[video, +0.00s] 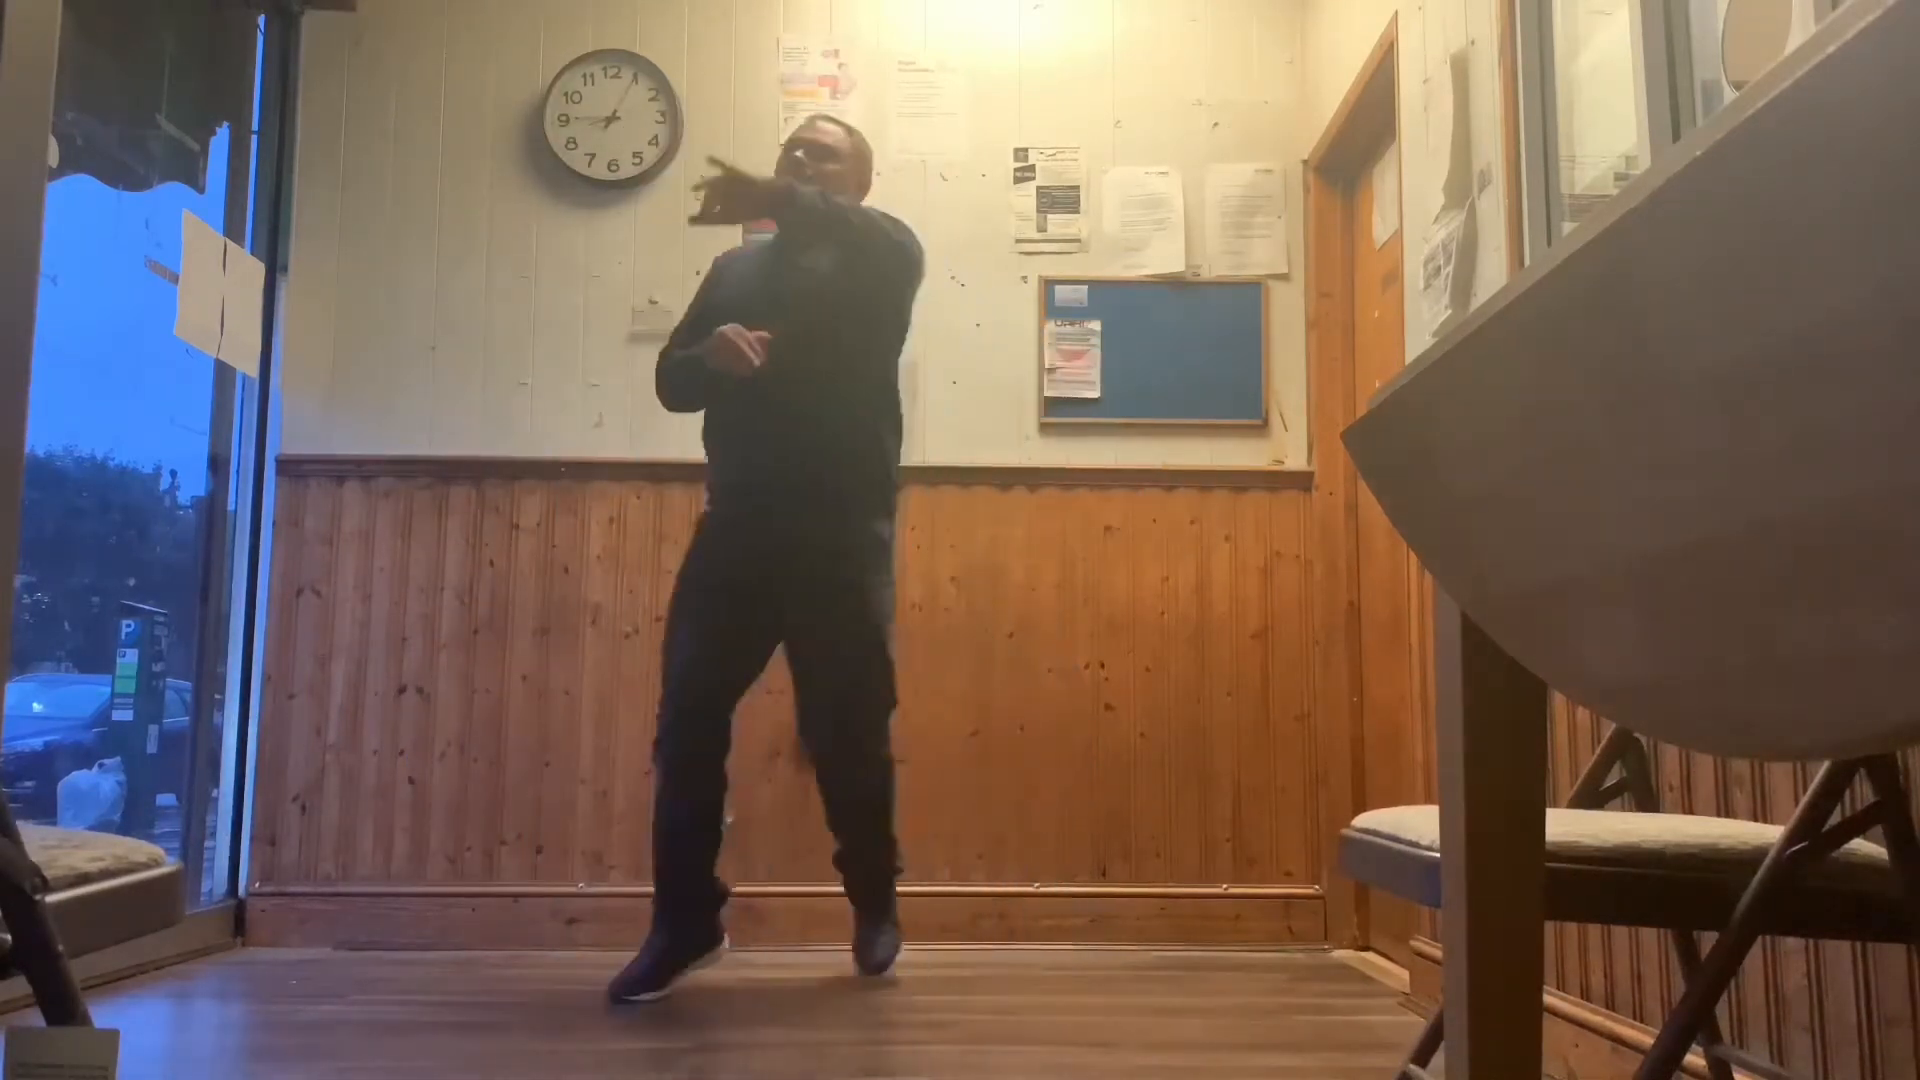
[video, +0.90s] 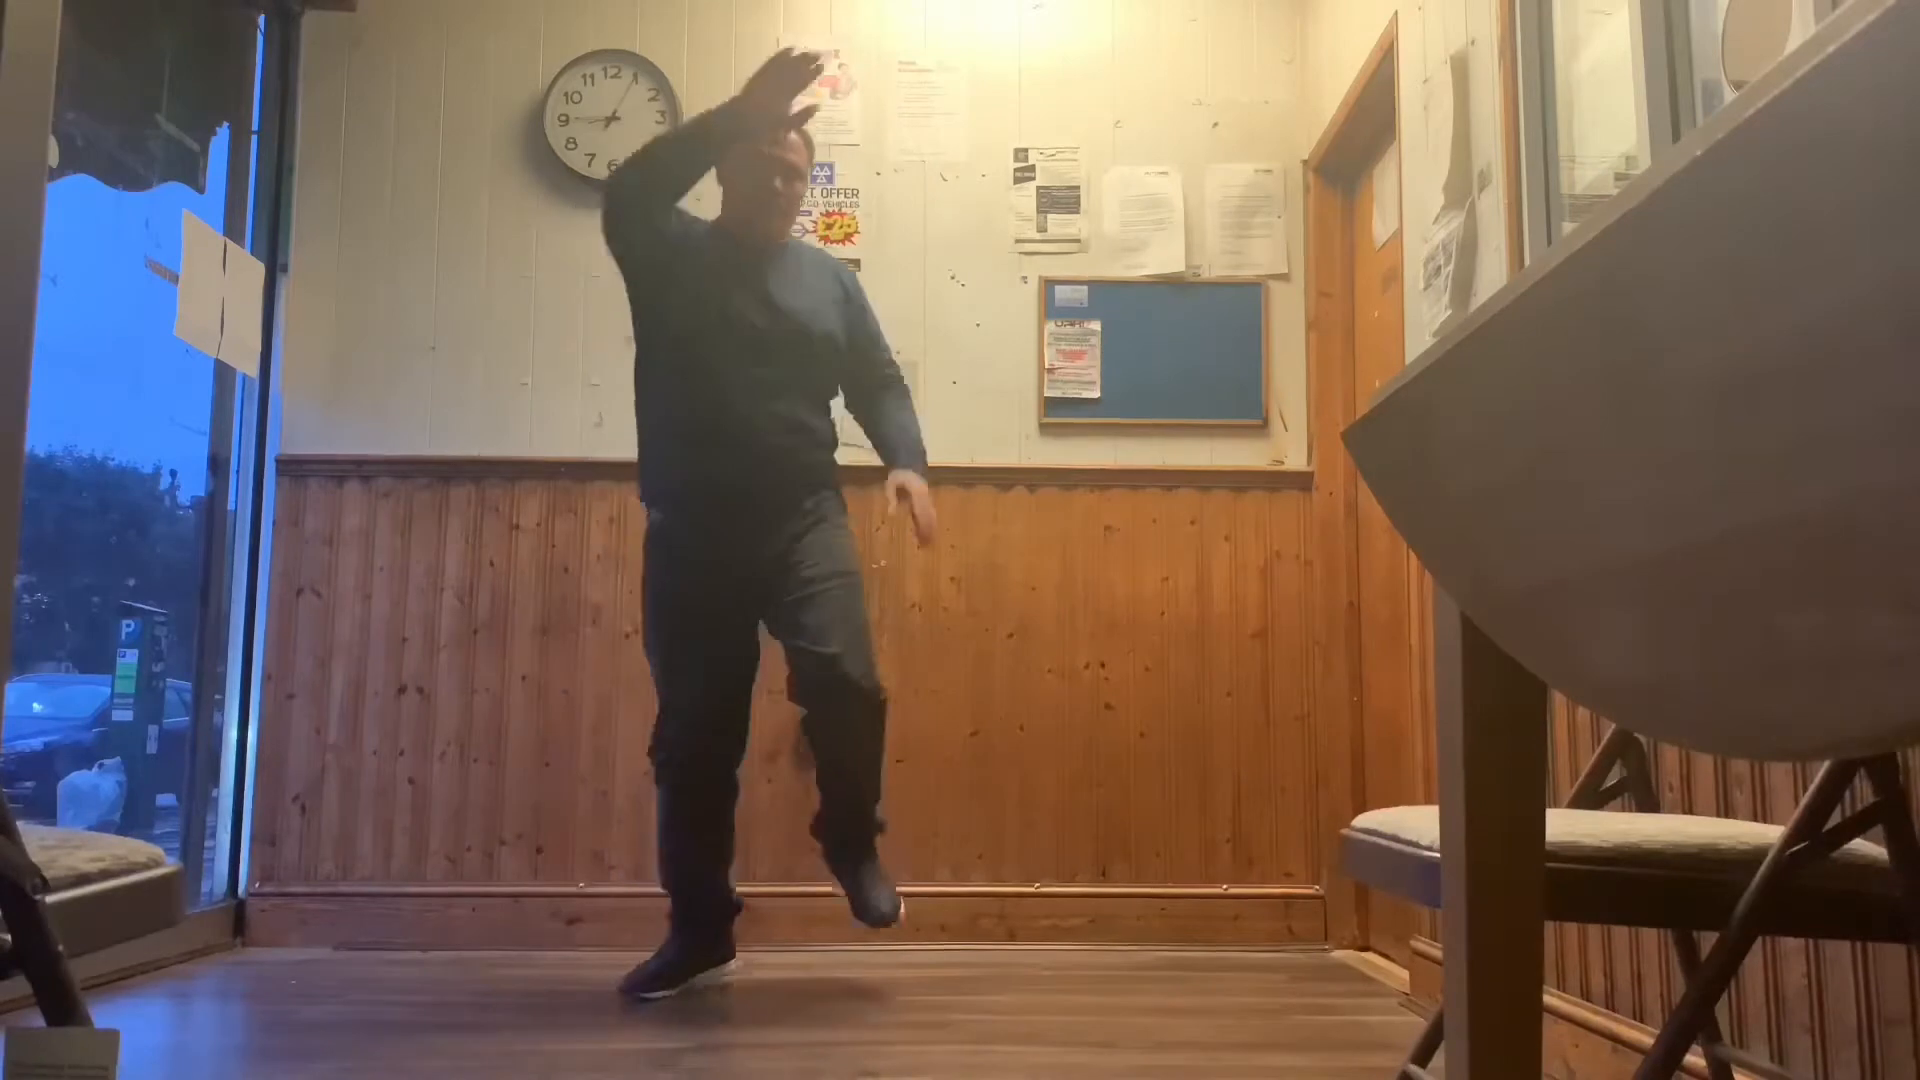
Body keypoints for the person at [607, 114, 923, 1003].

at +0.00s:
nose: (805, 162)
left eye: (828, 153)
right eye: (794, 152)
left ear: (864, 186)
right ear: (774, 175)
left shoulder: (887, 255)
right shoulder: (736, 268)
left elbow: (881, 244)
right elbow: (671, 380)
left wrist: (771, 195)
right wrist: (711, 358)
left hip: (843, 529)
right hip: (739, 526)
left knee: (849, 730)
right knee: (688, 724)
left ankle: (873, 909)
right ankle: (686, 919)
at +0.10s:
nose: (761, 208)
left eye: (785, 200)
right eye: (751, 200)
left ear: (834, 231)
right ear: (741, 225)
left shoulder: (836, 291)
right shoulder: (714, 329)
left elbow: (824, 260)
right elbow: (647, 428)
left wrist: (720, 263)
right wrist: (667, 367)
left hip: (786, 570)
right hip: (692, 567)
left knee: (765, 765)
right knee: (663, 769)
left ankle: (854, 912)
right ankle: (690, 940)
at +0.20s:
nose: (737, 242)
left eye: (758, 229)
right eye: (730, 224)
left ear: (798, 245)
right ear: (717, 233)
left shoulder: (813, 313)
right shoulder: (696, 339)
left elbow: (794, 376)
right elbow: (607, 409)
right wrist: (619, 344)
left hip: (750, 585)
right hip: (659, 578)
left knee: (694, 777)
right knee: (620, 778)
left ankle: (836, 876)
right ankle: (687, 942)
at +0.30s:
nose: (726, 234)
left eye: (743, 219)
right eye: (715, 217)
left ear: (782, 229)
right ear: (697, 223)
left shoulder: (805, 324)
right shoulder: (664, 305)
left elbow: (821, 454)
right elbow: (568, 298)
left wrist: (783, 564)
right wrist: (597, 234)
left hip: (724, 568)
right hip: (634, 560)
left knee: (629, 723)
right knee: (622, 756)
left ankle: (687, 931)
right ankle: (697, 937)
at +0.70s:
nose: (737, 209)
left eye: (753, 198)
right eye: (723, 196)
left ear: (783, 216)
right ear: (697, 209)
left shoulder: (807, 322)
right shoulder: (643, 294)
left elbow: (865, 455)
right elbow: (518, 321)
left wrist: (853, 432)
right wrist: (606, 281)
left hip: (744, 546)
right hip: (640, 544)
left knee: (708, 696)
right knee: (627, 749)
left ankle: (721, 910)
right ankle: (666, 937)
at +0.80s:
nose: (756, 203)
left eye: (773, 196)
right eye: (741, 189)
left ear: (793, 223)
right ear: (705, 208)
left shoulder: (812, 311)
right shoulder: (648, 287)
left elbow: (898, 412)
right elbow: (551, 267)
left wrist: (887, 400)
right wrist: (655, 201)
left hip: (768, 545)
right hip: (658, 549)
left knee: (790, 685)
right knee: (646, 765)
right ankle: (678, 942)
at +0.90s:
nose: (784, 173)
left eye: (797, 161)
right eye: (765, 157)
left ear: (811, 180)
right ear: (726, 166)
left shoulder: (831, 284)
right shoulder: (668, 255)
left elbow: (878, 384)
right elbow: (628, 192)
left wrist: (906, 461)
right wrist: (734, 117)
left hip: (806, 515)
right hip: (693, 523)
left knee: (847, 683)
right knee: (694, 737)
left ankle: (853, 841)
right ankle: (700, 929)